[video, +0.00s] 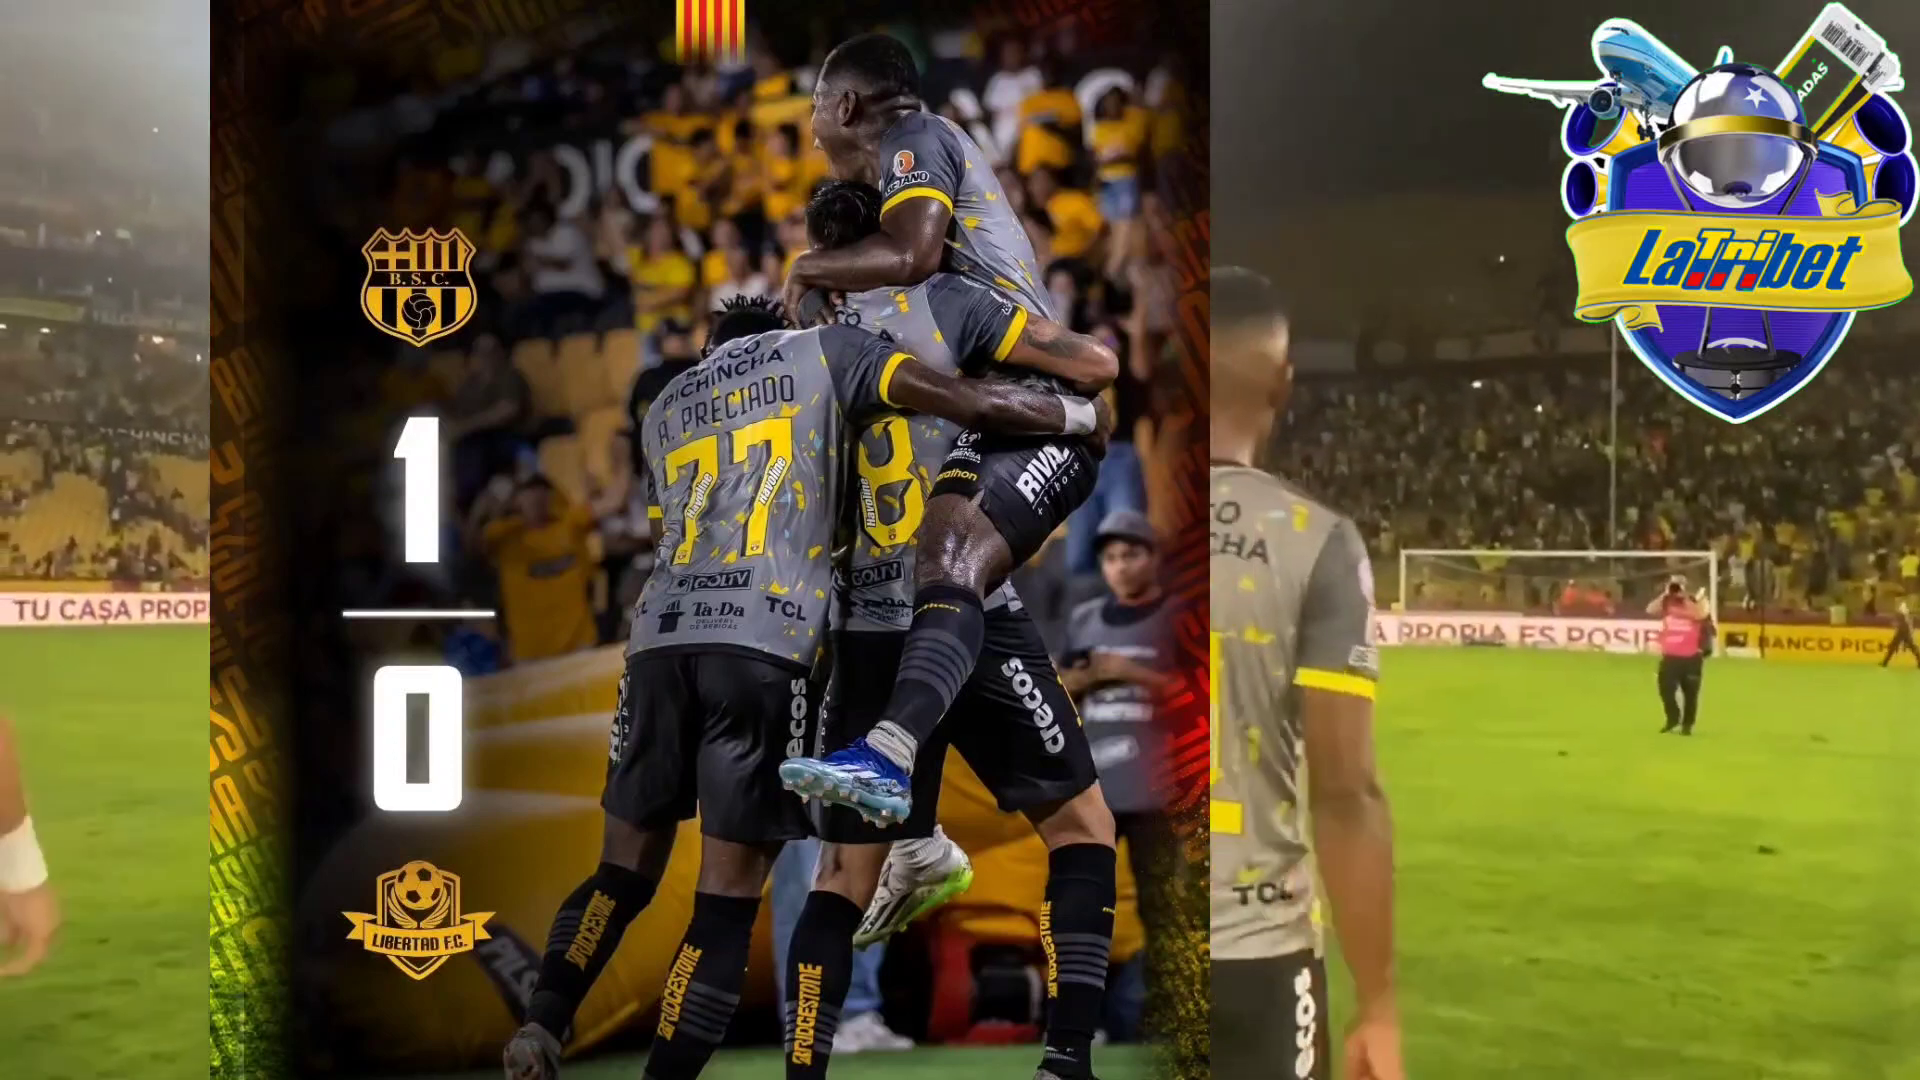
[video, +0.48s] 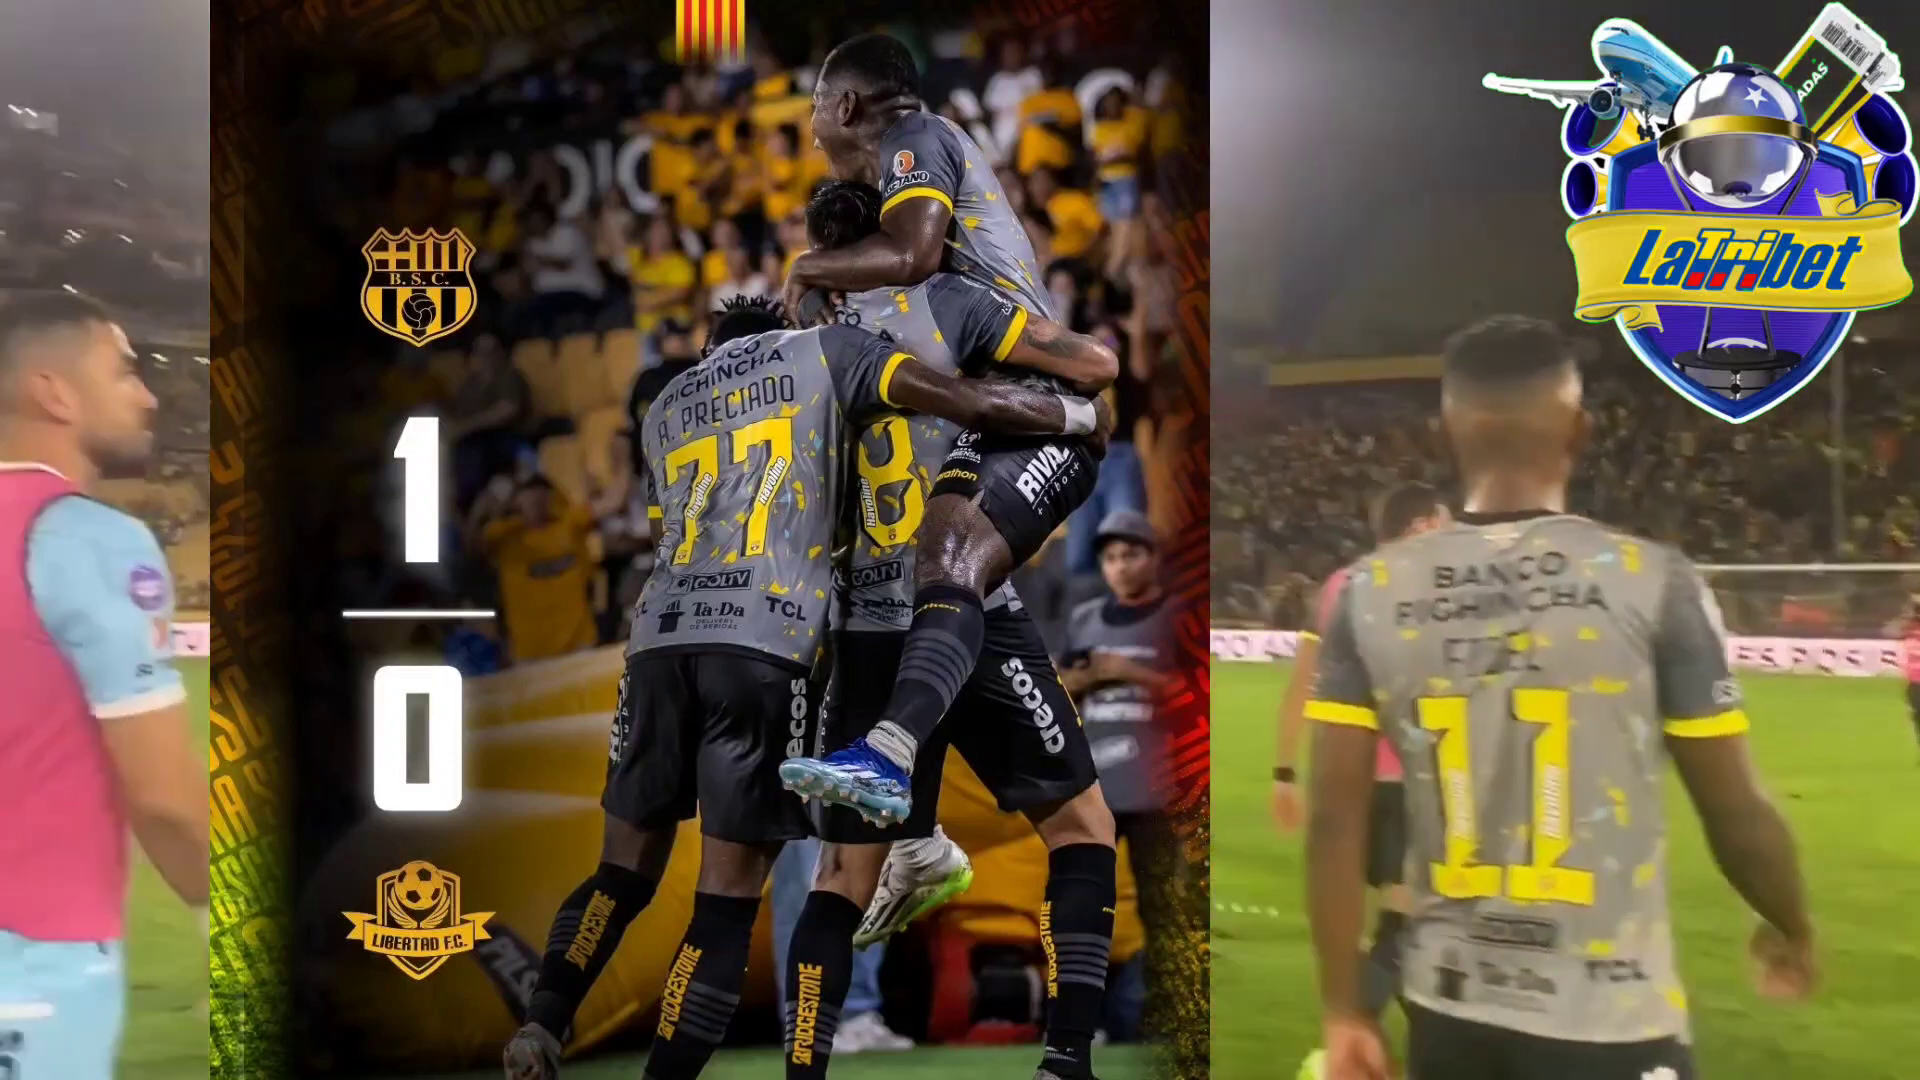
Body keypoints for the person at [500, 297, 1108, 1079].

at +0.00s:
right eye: (804, 317)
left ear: (708, 345)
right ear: (787, 323)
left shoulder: (661, 407)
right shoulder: (830, 348)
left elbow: (679, 519)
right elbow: (972, 400)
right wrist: (1089, 418)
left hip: (657, 648)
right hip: (761, 648)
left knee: (623, 868)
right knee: (726, 894)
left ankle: (543, 1026)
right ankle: (667, 1075)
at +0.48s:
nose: (821, 324)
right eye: (808, 317)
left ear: (708, 345)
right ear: (788, 324)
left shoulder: (661, 408)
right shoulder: (830, 347)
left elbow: (681, 519)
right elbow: (973, 400)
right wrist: (1088, 417)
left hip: (657, 648)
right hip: (762, 648)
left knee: (623, 867)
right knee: (727, 893)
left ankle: (543, 1026)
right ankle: (667, 1075)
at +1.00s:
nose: (821, 324)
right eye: (808, 317)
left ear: (708, 345)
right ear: (788, 324)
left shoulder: (661, 408)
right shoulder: (830, 347)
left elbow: (681, 519)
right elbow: (973, 400)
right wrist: (1088, 417)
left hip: (657, 648)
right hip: (762, 648)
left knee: (623, 867)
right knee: (727, 893)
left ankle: (543, 1026)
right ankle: (667, 1075)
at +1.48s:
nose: (820, 324)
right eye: (807, 318)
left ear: (708, 346)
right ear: (787, 324)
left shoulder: (660, 408)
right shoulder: (830, 348)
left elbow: (679, 520)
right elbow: (971, 400)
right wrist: (1089, 417)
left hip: (657, 648)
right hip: (761, 649)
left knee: (623, 867)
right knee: (726, 893)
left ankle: (543, 1026)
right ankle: (667, 1074)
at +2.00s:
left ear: (708, 345)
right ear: (786, 324)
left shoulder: (660, 405)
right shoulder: (830, 348)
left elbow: (680, 515)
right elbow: (971, 400)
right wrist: (1088, 419)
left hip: (657, 647)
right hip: (762, 648)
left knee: (622, 867)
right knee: (726, 893)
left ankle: (542, 1026)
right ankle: (667, 1074)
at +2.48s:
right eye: (804, 317)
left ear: (708, 345)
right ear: (787, 323)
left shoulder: (661, 407)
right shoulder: (830, 348)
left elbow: (679, 519)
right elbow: (972, 400)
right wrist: (1089, 418)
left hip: (657, 648)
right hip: (761, 648)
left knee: (623, 867)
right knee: (727, 893)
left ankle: (543, 1026)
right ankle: (667, 1075)